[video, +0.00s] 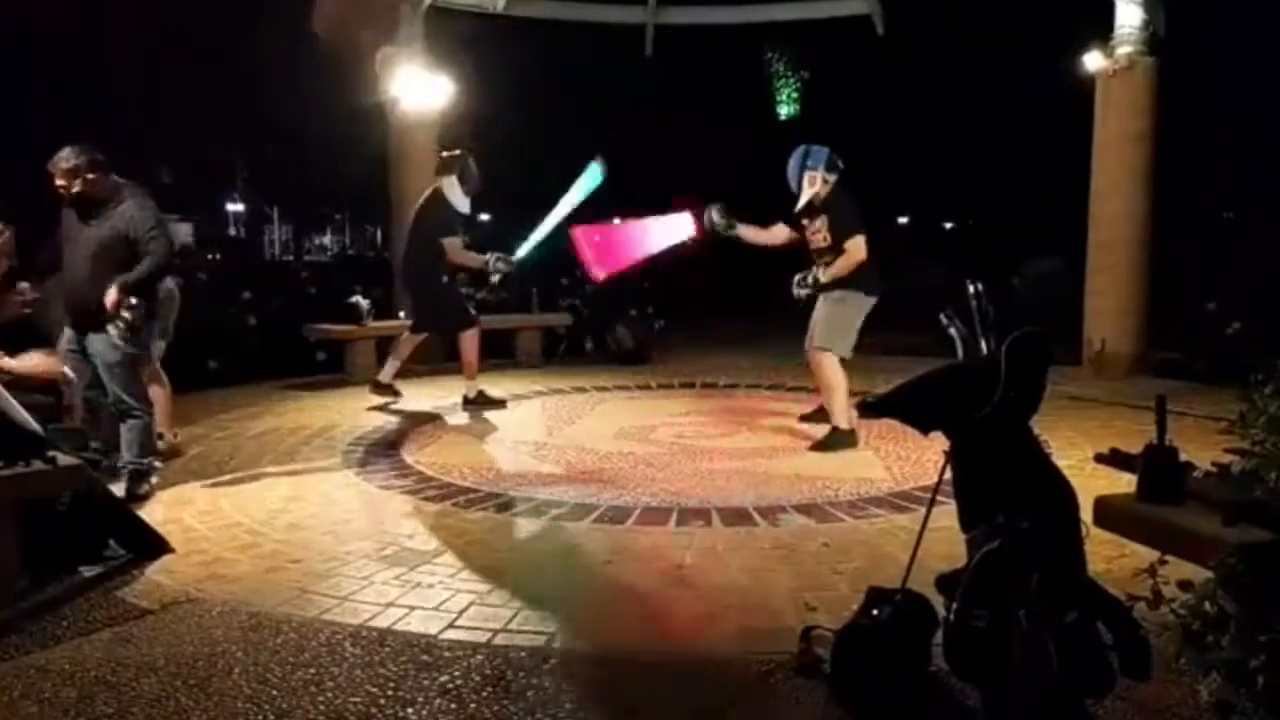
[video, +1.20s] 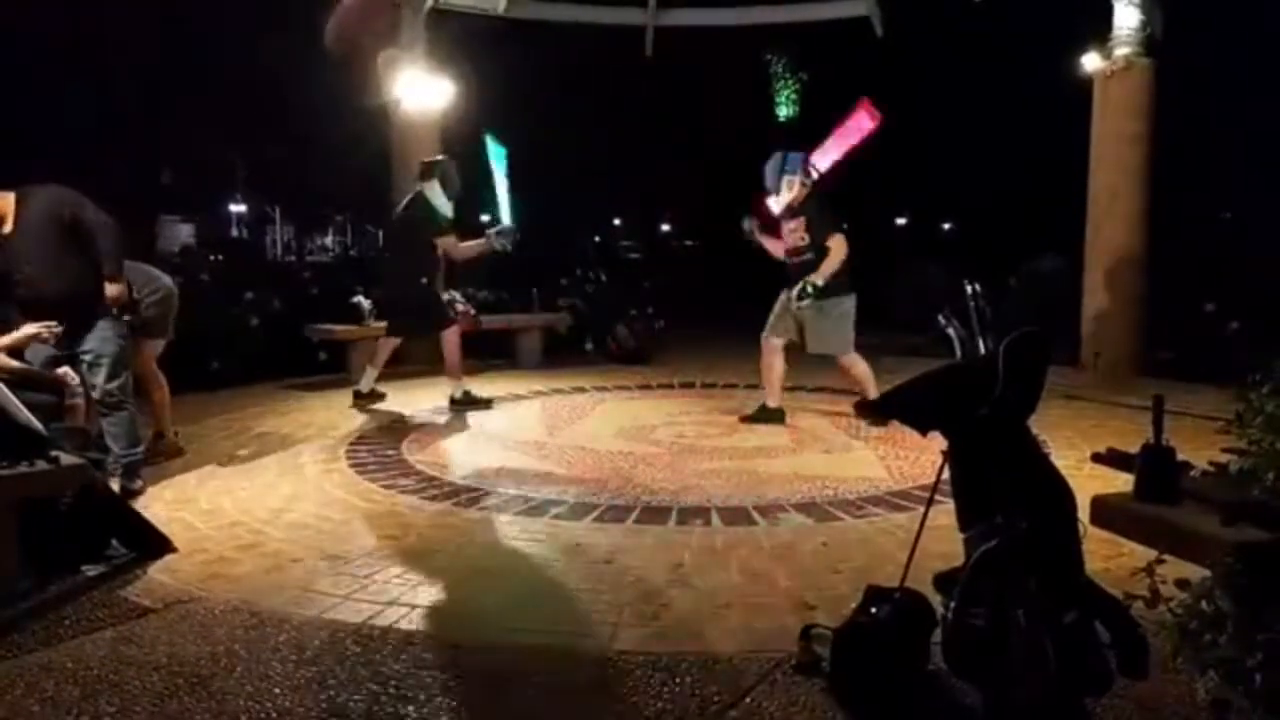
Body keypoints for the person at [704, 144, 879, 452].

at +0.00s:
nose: (803, 186)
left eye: (808, 179)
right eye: (802, 180)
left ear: (821, 178)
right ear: (802, 179)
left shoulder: (841, 206)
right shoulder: (806, 211)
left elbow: (857, 253)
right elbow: (771, 236)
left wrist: (819, 277)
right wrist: (732, 227)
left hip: (853, 287)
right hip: (832, 288)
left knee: (823, 352)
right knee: (814, 350)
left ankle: (843, 427)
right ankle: (831, 404)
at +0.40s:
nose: (792, 182)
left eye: (799, 175)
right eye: (787, 174)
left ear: (809, 176)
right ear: (778, 174)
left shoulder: (823, 202)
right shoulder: (785, 212)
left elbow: (849, 240)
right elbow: (776, 245)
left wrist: (818, 266)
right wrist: (756, 254)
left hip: (832, 290)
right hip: (807, 290)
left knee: (818, 350)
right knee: (792, 343)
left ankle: (839, 424)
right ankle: (811, 405)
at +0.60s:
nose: (774, 186)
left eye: (780, 179)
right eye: (770, 179)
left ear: (792, 179)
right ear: (764, 179)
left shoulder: (806, 207)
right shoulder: (770, 212)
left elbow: (838, 238)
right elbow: (745, 233)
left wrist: (833, 281)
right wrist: (719, 246)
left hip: (818, 292)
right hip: (791, 294)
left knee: (824, 354)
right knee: (779, 347)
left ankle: (840, 425)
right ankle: (773, 406)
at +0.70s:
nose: (772, 187)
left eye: (778, 180)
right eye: (768, 180)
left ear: (789, 179)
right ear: (761, 180)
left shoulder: (802, 206)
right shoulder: (764, 209)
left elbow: (835, 237)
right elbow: (735, 223)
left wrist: (837, 279)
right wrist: (707, 233)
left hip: (817, 293)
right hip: (790, 292)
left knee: (827, 355)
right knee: (776, 346)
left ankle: (841, 424)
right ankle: (772, 406)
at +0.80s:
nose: (757, 183)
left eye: (760, 176)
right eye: (756, 177)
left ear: (774, 174)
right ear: (760, 174)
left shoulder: (794, 201)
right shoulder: (764, 199)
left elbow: (823, 232)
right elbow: (736, 197)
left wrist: (839, 272)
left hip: (816, 290)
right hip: (789, 289)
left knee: (829, 351)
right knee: (779, 346)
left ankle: (856, 412)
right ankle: (774, 407)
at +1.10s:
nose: (769, 180)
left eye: (774, 174)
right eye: (767, 173)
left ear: (787, 175)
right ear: (763, 173)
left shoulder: (802, 203)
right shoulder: (769, 203)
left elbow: (827, 238)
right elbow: (763, 231)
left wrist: (814, 273)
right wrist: (741, 207)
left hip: (823, 289)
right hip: (788, 288)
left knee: (838, 349)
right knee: (771, 341)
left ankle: (869, 397)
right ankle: (772, 406)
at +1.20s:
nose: (786, 192)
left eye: (790, 185)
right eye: (782, 186)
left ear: (801, 183)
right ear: (776, 185)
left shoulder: (818, 209)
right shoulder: (785, 214)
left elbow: (839, 248)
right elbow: (785, 253)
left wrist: (816, 280)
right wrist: (759, 236)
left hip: (833, 294)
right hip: (796, 292)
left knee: (843, 355)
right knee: (772, 341)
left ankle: (873, 399)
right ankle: (772, 405)